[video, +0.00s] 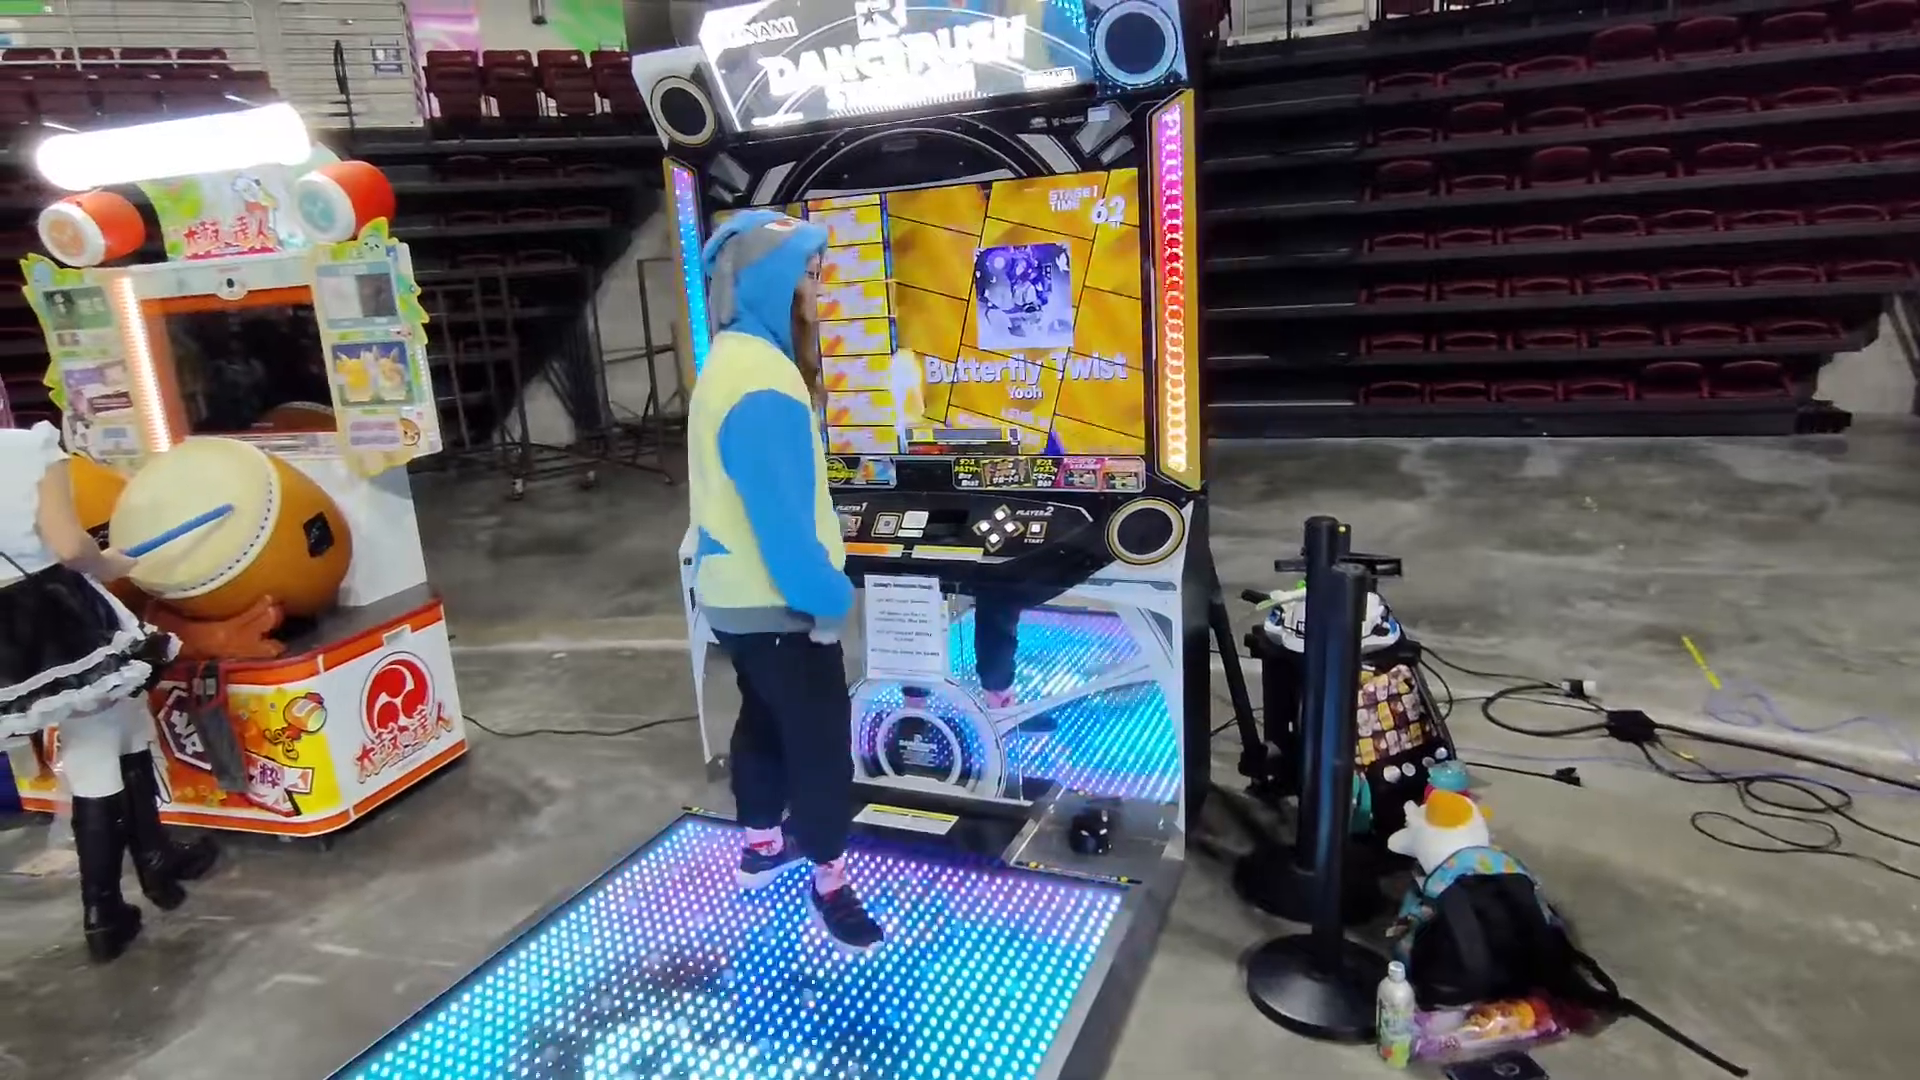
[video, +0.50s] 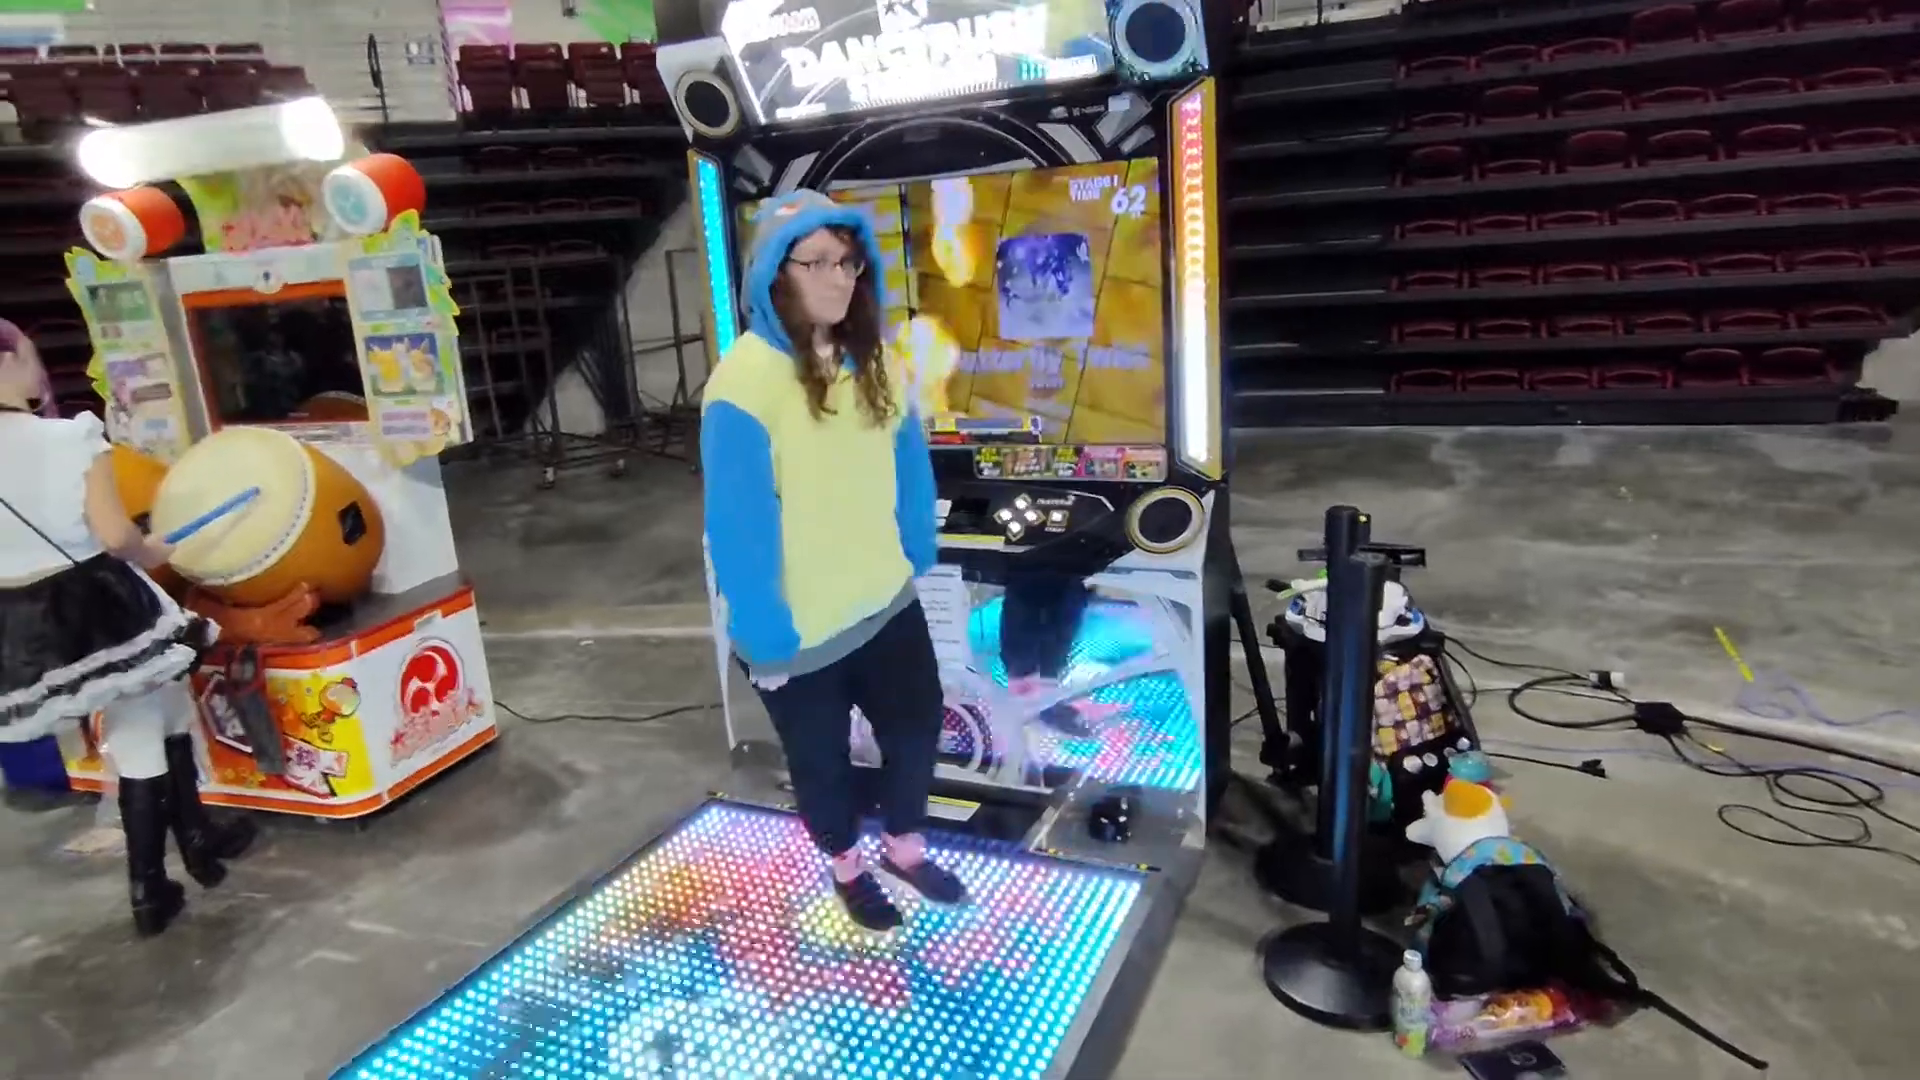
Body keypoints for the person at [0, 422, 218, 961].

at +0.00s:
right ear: (17, 391)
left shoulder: (28, 449)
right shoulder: (32, 447)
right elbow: (68, 544)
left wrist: (94, 562)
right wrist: (106, 563)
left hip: (16, 636)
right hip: (58, 626)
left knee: (127, 715)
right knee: (92, 748)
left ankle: (155, 857)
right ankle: (101, 909)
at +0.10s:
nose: (47, 389)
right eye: (42, 382)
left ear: (3, 392)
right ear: (20, 389)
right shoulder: (37, 446)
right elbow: (72, 543)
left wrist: (100, 558)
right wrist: (112, 562)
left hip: (15, 633)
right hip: (61, 623)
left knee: (131, 713)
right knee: (95, 751)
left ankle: (159, 857)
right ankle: (106, 908)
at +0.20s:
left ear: (6, 392)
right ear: (19, 388)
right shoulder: (41, 446)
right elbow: (76, 540)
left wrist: (107, 557)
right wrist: (116, 560)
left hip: (16, 633)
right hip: (64, 622)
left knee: (134, 708)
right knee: (100, 740)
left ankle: (163, 854)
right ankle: (110, 904)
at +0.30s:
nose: (18, 377)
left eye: (13, 364)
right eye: (13, 364)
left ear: (3, 384)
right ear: (9, 379)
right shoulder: (48, 443)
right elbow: (87, 541)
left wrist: (123, 555)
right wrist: (135, 555)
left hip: (22, 638)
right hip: (79, 627)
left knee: (142, 715)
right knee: (110, 748)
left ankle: (173, 851)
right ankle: (120, 904)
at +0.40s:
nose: (25, 364)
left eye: (18, 354)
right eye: (17, 355)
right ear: (6, 369)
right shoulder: (58, 437)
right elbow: (99, 537)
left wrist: (127, 550)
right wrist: (143, 552)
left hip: (24, 624)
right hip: (87, 614)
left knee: (153, 709)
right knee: (122, 739)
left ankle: (184, 841)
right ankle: (133, 894)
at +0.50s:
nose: (36, 362)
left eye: (30, 353)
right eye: (28, 354)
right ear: (15, 363)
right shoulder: (72, 438)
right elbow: (113, 536)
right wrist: (152, 550)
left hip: (20, 632)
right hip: (93, 619)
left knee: (165, 697)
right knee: (138, 730)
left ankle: (198, 838)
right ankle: (147, 886)